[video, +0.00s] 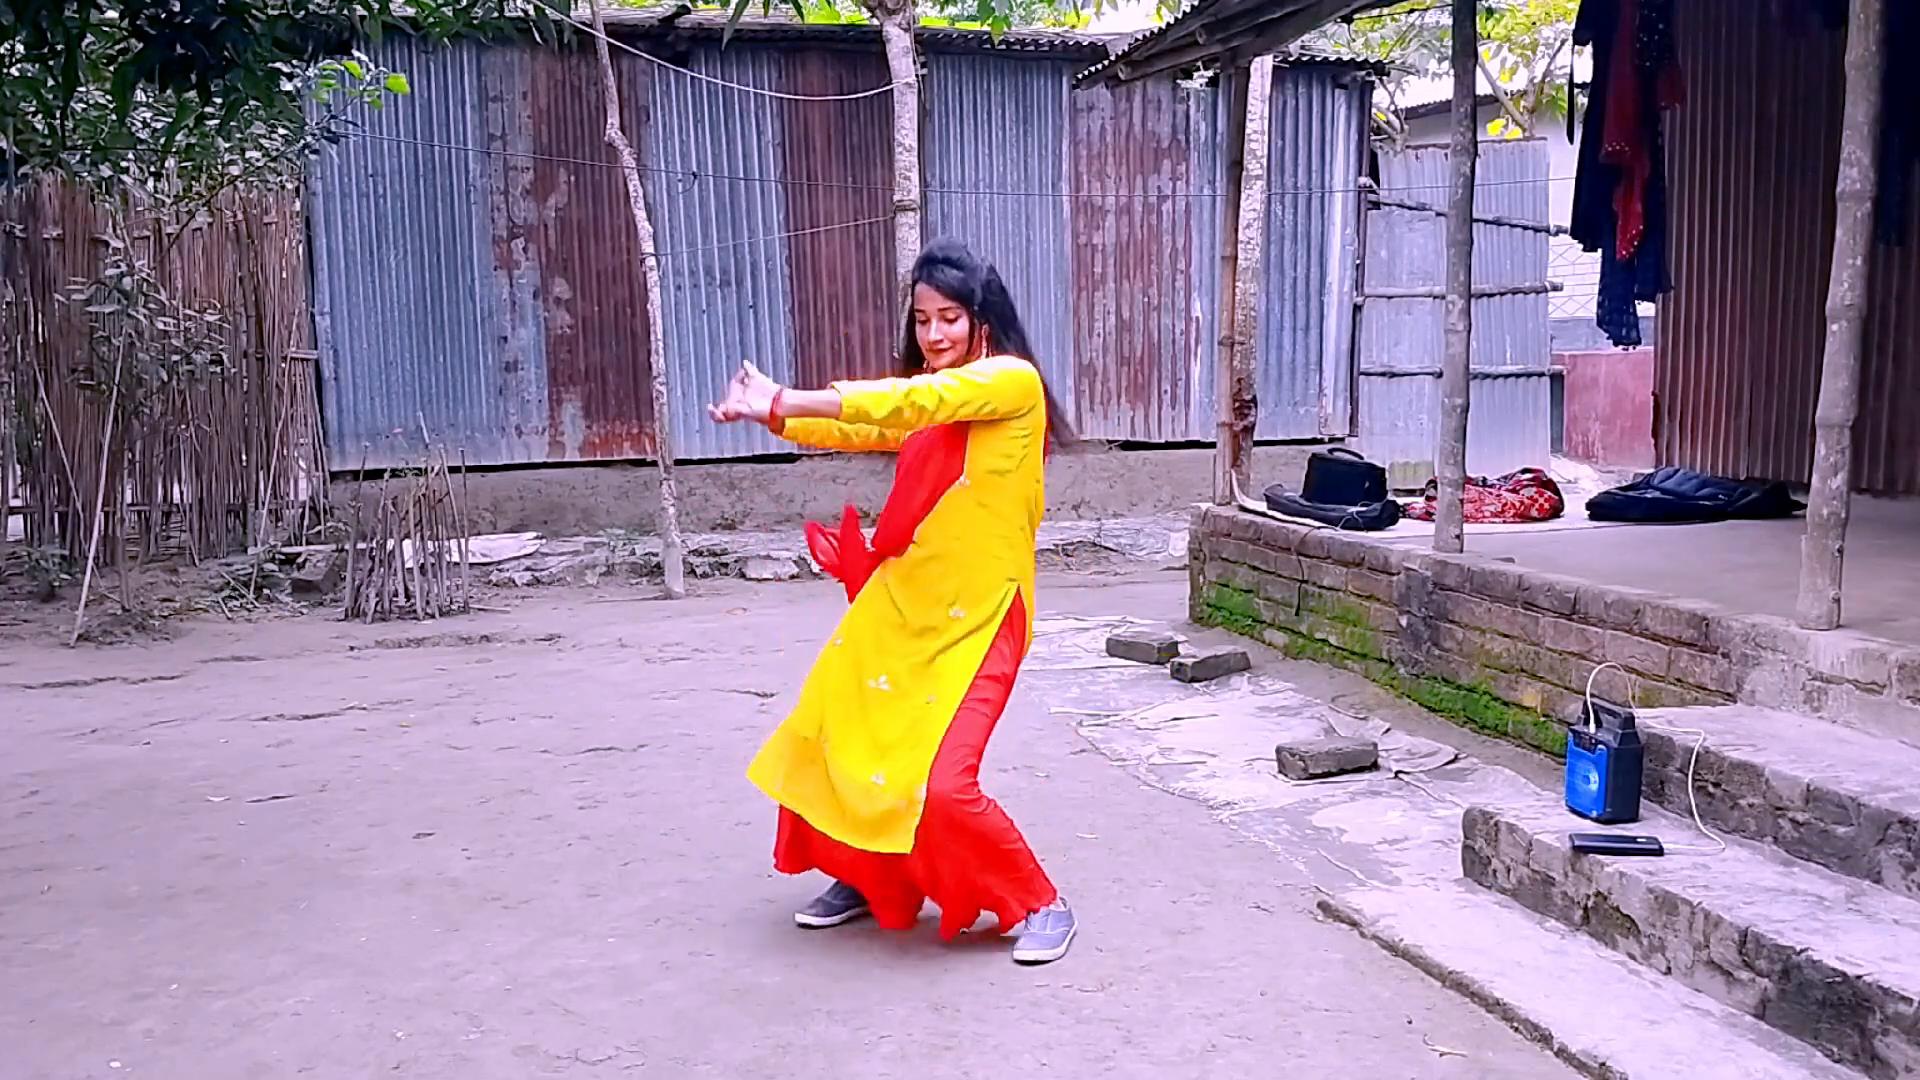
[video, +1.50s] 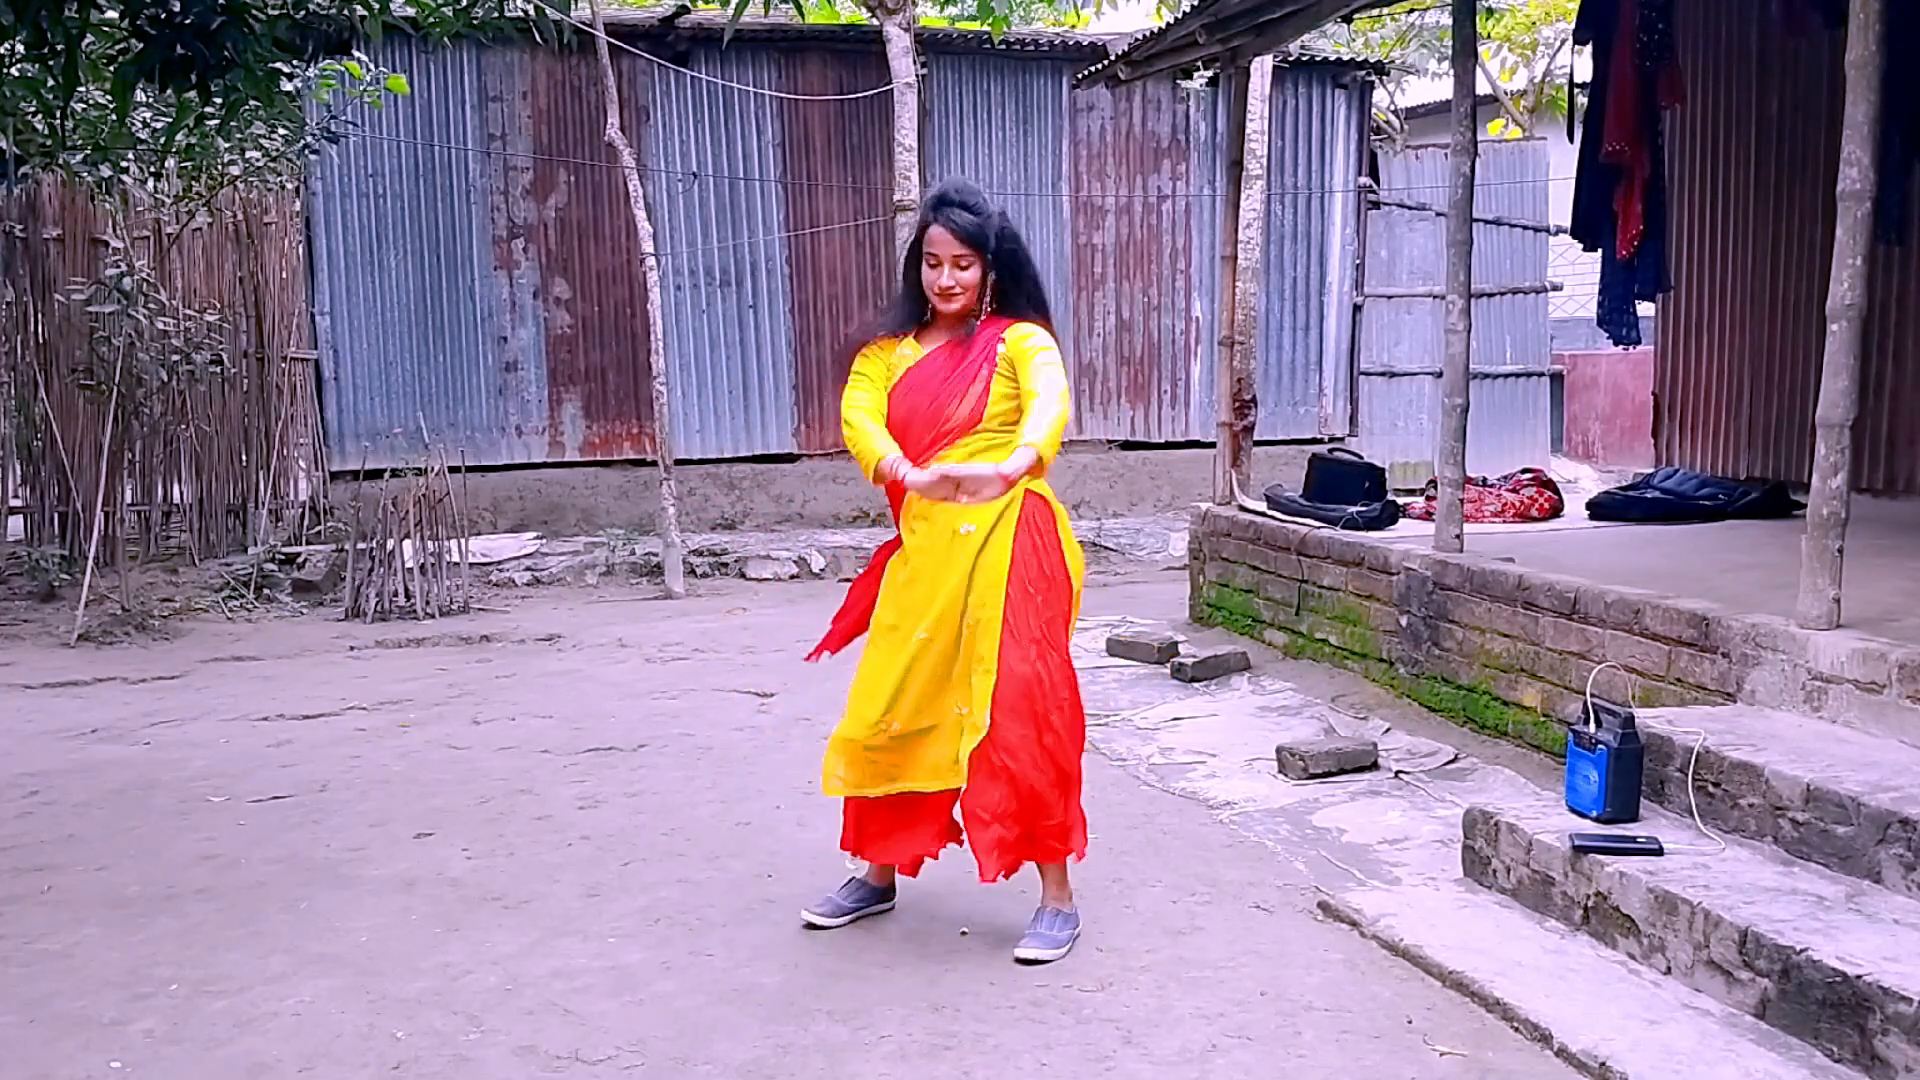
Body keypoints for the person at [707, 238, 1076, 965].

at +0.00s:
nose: (935, 334)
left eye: (949, 318)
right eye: (924, 321)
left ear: (983, 320)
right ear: (913, 324)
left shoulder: (1016, 381)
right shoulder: (923, 402)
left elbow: (920, 399)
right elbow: (855, 428)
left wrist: (789, 401)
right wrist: (771, 413)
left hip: (986, 612)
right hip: (906, 604)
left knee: (944, 782)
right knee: (835, 733)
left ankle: (1041, 905)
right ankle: (866, 875)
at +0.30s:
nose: (945, 311)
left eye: (960, 294)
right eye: (933, 296)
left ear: (994, 302)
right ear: (922, 304)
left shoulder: (1024, 377)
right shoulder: (900, 376)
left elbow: (1114, 398)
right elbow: (860, 432)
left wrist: (1031, 430)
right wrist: (951, 441)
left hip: (1010, 582)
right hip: (923, 587)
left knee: (1020, 738)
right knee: (881, 727)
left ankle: (1049, 900)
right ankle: (880, 878)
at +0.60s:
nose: (928, 306)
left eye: (941, 288)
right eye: (916, 292)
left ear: (980, 285)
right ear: (906, 293)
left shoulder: (1034, 364)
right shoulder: (899, 351)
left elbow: (1011, 428)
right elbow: (843, 410)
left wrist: (965, 477)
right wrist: (867, 454)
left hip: (958, 582)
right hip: (871, 573)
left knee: (979, 732)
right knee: (857, 722)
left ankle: (1046, 894)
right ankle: (873, 877)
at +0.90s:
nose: (922, 313)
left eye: (936, 297)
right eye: (912, 299)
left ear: (973, 291)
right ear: (904, 300)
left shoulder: (1015, 358)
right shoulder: (909, 383)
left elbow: (942, 396)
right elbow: (832, 452)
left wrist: (824, 386)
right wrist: (773, 424)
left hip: (977, 583)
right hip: (897, 577)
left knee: (946, 758)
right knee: (856, 727)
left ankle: (1046, 900)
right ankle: (873, 879)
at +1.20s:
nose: (928, 283)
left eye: (945, 268)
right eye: (919, 267)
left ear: (980, 272)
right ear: (908, 272)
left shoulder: (1013, 343)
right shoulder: (897, 369)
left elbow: (941, 392)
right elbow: (849, 429)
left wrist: (821, 412)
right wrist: (787, 449)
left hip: (988, 567)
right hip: (906, 566)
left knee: (966, 733)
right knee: (863, 713)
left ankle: (1047, 899)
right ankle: (871, 874)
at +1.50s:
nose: (945, 281)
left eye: (961, 266)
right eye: (932, 264)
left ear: (990, 269)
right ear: (916, 267)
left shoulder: (1022, 339)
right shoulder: (886, 355)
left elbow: (1049, 405)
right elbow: (857, 419)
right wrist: (904, 472)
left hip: (1015, 541)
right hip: (927, 547)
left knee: (1024, 707)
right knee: (888, 702)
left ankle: (1055, 897)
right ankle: (875, 872)